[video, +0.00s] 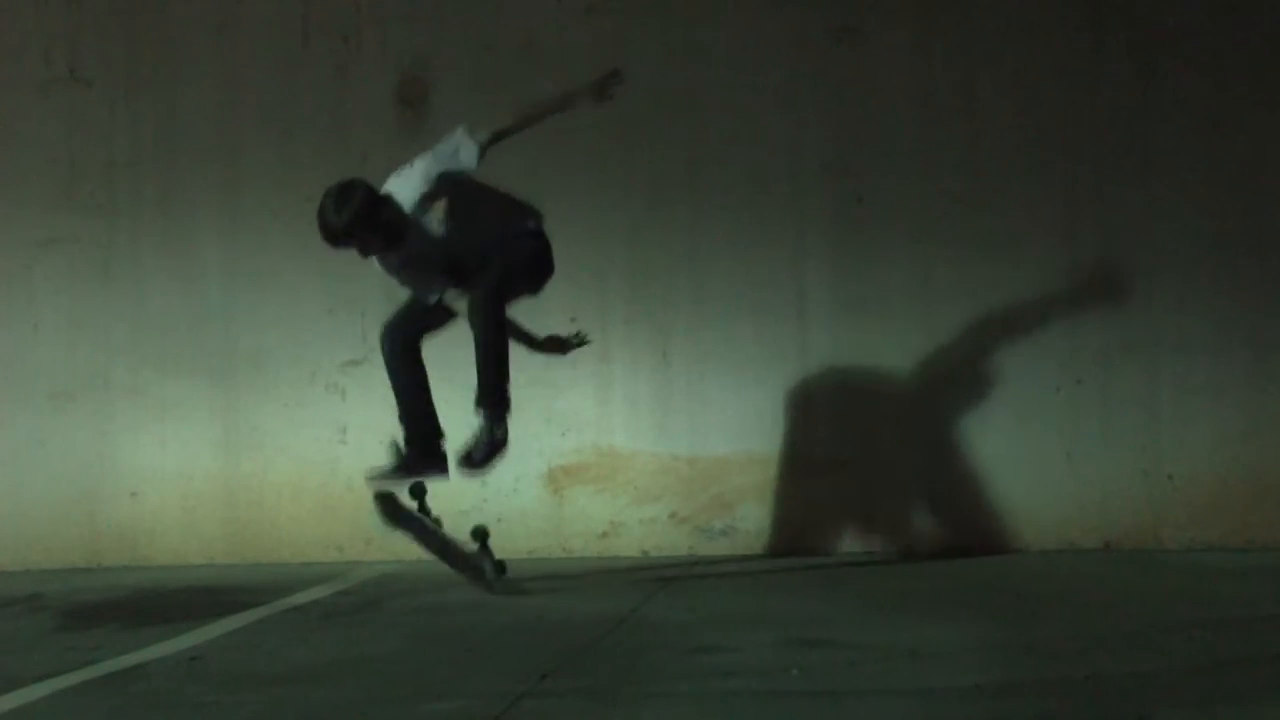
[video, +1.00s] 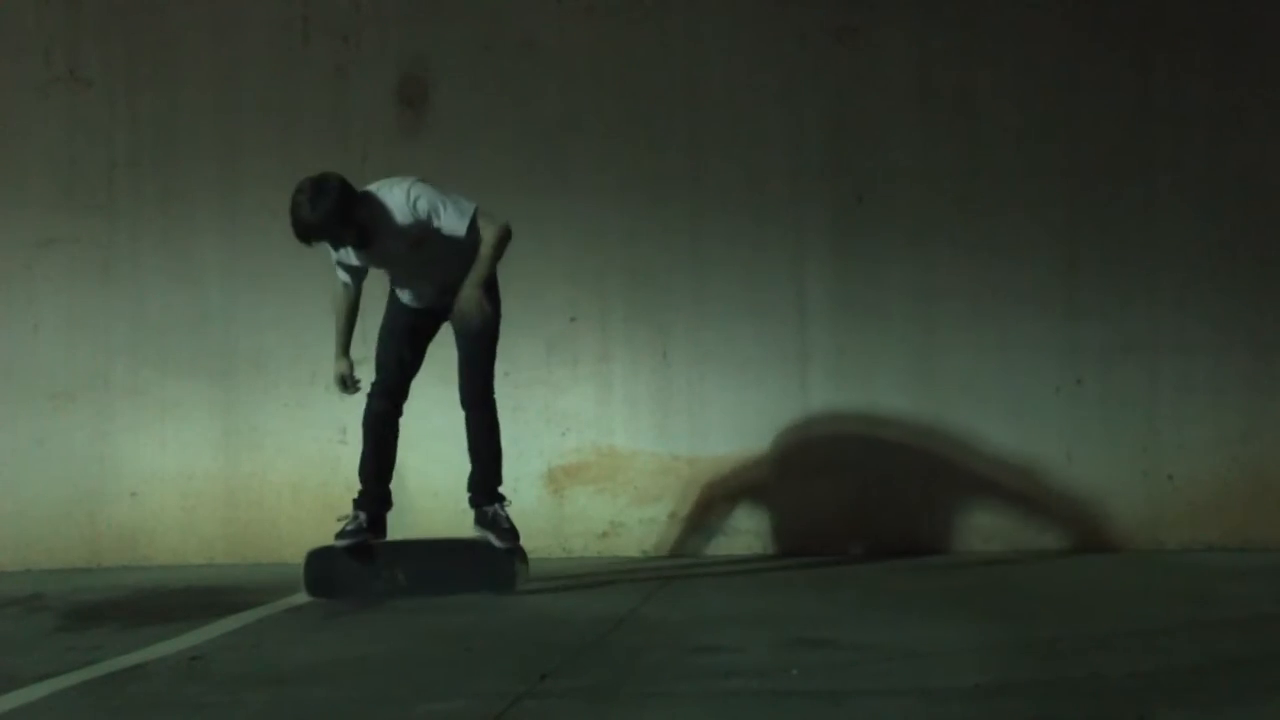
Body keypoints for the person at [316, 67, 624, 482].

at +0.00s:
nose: (364, 251)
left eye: (361, 239)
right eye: (356, 246)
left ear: (374, 218)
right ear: (358, 242)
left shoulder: (420, 179)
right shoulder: (393, 260)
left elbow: (497, 134)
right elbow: (457, 296)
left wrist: (583, 96)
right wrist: (534, 342)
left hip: (522, 247)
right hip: (471, 274)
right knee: (397, 335)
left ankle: (493, 426)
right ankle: (424, 451)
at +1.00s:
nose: (330, 245)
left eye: (330, 237)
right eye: (325, 240)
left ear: (349, 219)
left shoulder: (411, 199)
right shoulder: (341, 235)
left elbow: (495, 229)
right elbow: (348, 281)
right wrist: (341, 355)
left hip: (468, 288)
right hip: (412, 296)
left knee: (477, 396)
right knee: (384, 399)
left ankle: (488, 505)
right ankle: (370, 513)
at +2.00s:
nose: (451, 162)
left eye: (461, 152)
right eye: (442, 151)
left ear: (477, 140)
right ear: (427, 137)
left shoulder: (497, 162)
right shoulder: (397, 156)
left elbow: (560, 203)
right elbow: (361, 206)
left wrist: (625, 256)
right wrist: (345, 285)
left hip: (467, 292)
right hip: (405, 288)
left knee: (452, 395)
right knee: (370, 389)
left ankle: (463, 506)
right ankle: (369, 476)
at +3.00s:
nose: (535, 168)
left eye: (543, 155)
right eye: (524, 157)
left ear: (562, 144)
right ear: (511, 150)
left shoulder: (601, 174)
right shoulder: (502, 174)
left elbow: (644, 251)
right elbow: (473, 239)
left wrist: (647, 334)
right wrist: (439, 310)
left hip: (607, 313)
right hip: (549, 316)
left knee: (587, 417)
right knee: (531, 426)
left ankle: (607, 544)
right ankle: (549, 543)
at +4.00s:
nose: (742, 29)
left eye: (752, 18)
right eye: (730, 16)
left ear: (762, 23)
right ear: (705, 21)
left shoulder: (781, 98)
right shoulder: (663, 89)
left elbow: (804, 192)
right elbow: (635, 178)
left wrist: (824, 284)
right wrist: (632, 268)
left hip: (754, 284)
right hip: (680, 285)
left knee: (758, 425)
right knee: (675, 427)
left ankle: (757, 556)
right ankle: (679, 559)